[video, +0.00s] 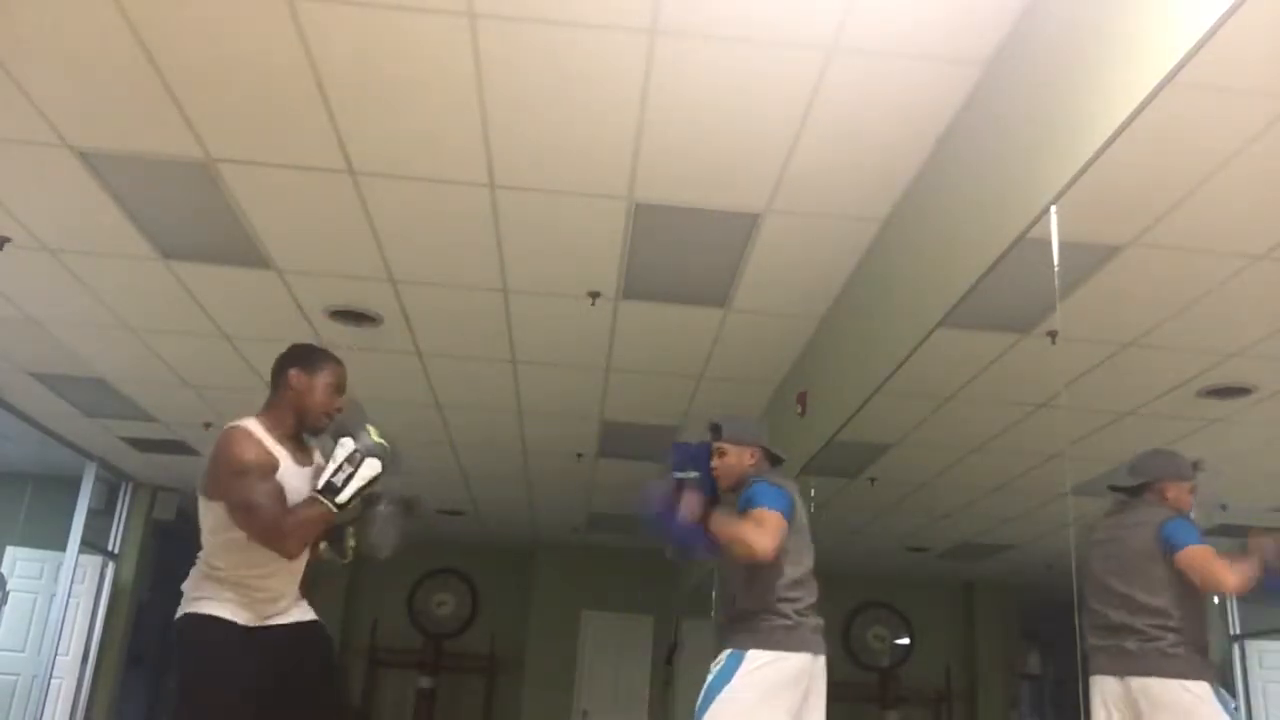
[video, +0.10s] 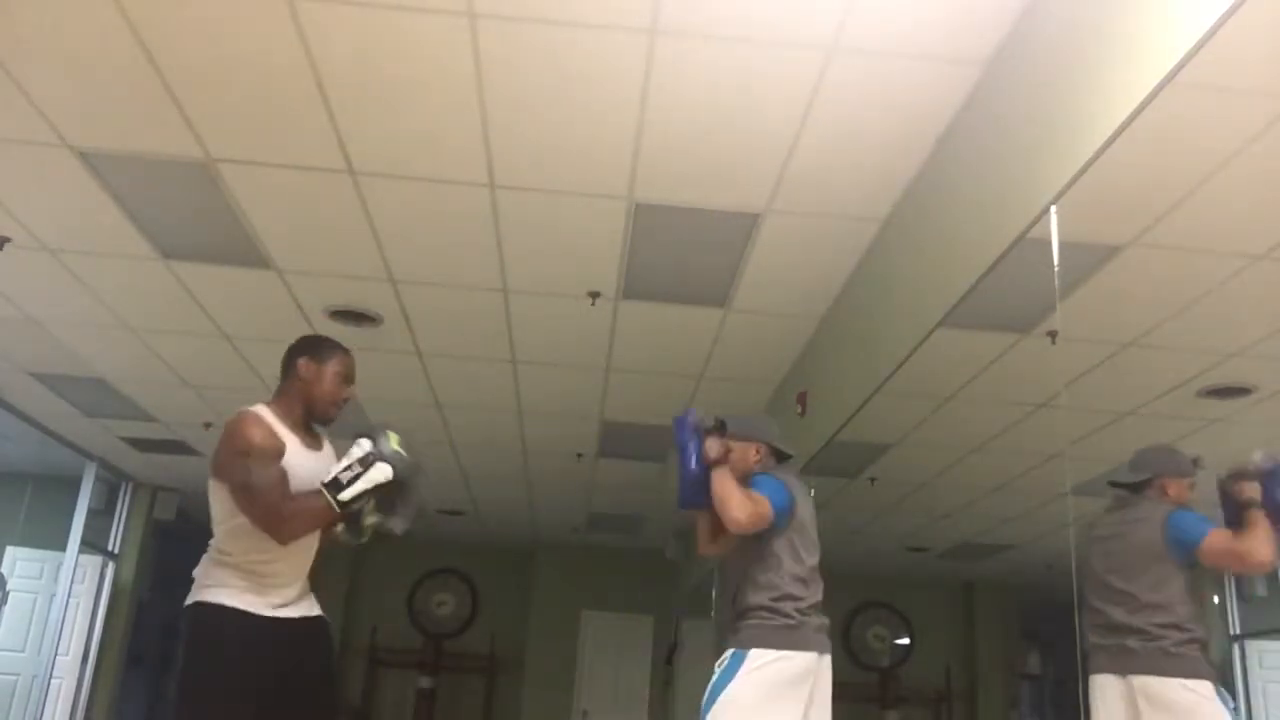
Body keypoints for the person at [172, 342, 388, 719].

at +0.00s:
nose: (338, 406)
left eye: (340, 395)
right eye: (333, 390)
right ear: (294, 380)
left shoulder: (311, 457)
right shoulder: (240, 444)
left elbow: (304, 535)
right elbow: (287, 538)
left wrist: (341, 534)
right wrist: (338, 488)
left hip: (287, 615)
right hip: (221, 613)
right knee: (216, 707)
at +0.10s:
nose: (350, 395)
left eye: (351, 384)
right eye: (343, 380)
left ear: (307, 372)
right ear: (304, 368)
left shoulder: (323, 448)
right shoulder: (249, 428)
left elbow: (317, 525)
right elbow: (282, 522)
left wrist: (356, 515)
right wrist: (348, 484)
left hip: (297, 617)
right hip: (230, 614)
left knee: (312, 709)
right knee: (217, 711)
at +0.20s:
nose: (364, 395)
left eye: (365, 384)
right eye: (357, 380)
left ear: (320, 374)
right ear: (318, 371)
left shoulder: (338, 450)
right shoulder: (267, 424)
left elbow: (325, 538)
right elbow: (278, 517)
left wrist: (374, 512)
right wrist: (356, 496)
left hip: (304, 623)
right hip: (238, 615)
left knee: (310, 710)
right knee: (222, 711)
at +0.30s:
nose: (385, 406)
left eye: (387, 395)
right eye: (378, 391)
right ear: (339, 384)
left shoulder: (356, 466)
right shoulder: (289, 431)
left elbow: (356, 550)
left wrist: (411, 515)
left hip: (313, 626)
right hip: (251, 617)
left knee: (317, 711)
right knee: (236, 711)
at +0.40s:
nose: (402, 408)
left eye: (404, 397)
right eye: (395, 393)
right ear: (356, 385)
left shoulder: (368, 463)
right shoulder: (303, 429)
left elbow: (369, 554)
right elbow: (302, 518)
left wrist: (422, 533)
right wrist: (365, 490)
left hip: (332, 619)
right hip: (269, 609)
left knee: (345, 709)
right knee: (258, 709)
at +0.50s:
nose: (399, 409)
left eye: (403, 400)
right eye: (393, 394)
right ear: (356, 386)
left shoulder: (380, 464)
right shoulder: (307, 432)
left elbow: (373, 554)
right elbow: (327, 515)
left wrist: (422, 530)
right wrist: (391, 488)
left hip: (354, 624)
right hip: (288, 618)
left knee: (365, 711)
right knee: (275, 711)